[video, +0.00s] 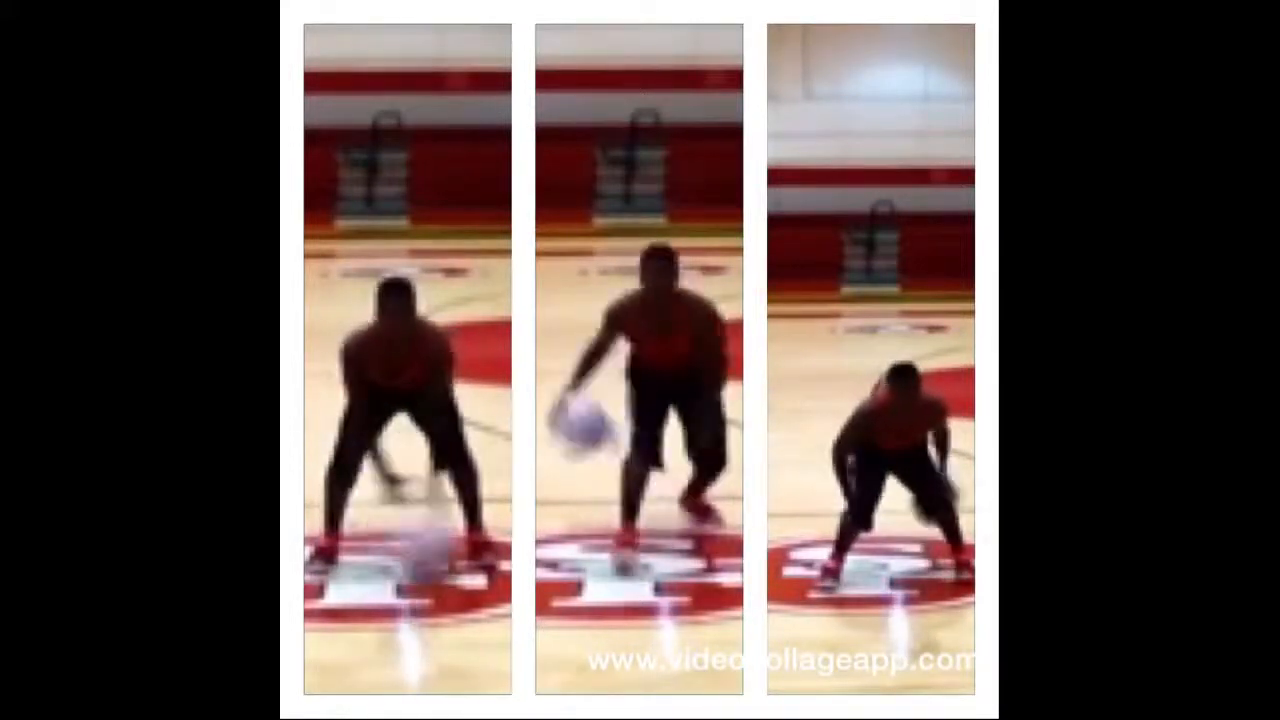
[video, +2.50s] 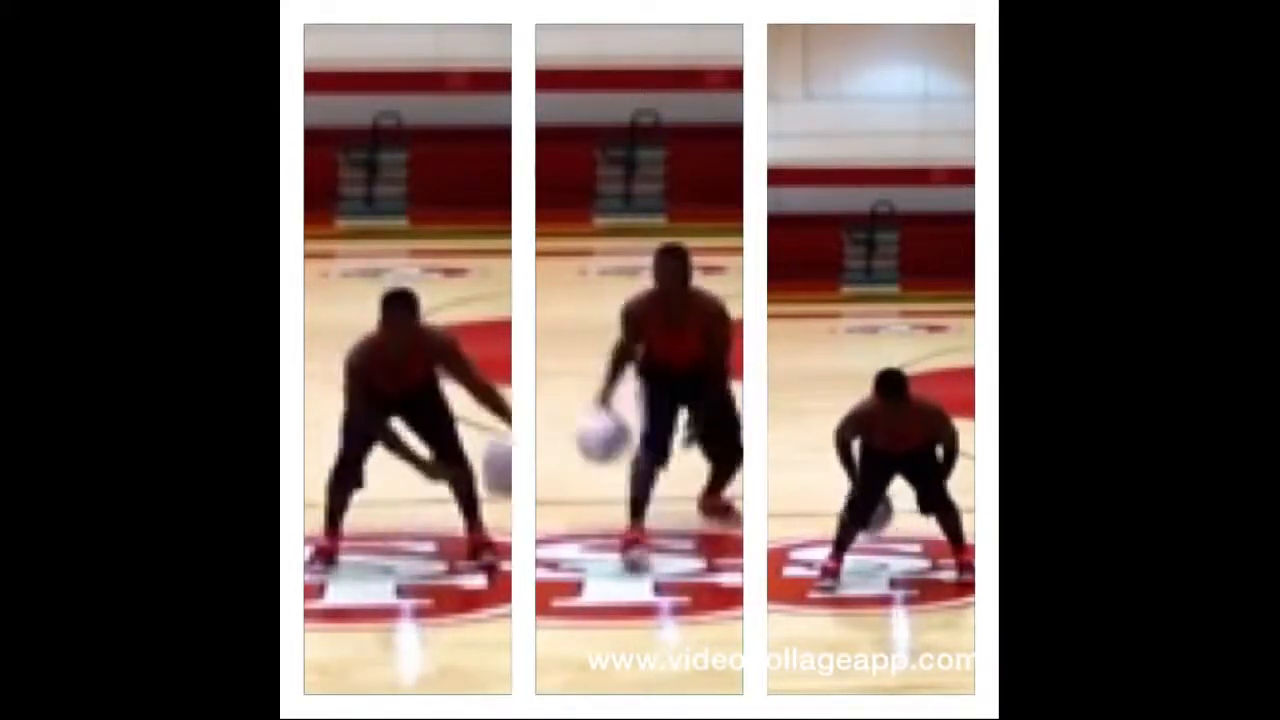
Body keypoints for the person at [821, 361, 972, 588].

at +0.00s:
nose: (905, 400)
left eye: (910, 393)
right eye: (899, 393)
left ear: (918, 389)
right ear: (889, 390)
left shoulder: (931, 409)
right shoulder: (871, 411)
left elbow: (941, 436)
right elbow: (839, 449)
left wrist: (942, 474)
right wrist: (849, 493)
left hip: (911, 454)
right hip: (871, 456)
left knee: (942, 502)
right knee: (859, 511)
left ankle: (960, 559)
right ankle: (835, 562)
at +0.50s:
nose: (904, 407)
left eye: (909, 400)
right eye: (900, 400)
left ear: (918, 396)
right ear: (889, 396)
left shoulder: (931, 413)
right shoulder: (871, 414)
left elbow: (941, 441)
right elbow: (838, 452)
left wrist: (939, 476)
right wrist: (850, 491)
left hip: (911, 455)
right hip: (872, 457)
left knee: (940, 502)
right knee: (860, 511)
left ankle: (959, 559)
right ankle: (835, 561)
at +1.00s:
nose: (901, 408)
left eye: (906, 401)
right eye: (896, 401)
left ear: (916, 396)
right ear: (887, 396)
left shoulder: (934, 416)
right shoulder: (872, 416)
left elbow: (942, 447)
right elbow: (846, 453)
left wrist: (931, 476)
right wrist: (864, 489)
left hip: (914, 458)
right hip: (876, 459)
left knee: (939, 507)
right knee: (861, 509)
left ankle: (960, 560)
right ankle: (834, 562)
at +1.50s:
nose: (891, 408)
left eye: (896, 401)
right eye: (885, 401)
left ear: (905, 395)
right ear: (876, 396)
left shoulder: (924, 412)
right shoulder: (862, 415)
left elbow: (943, 442)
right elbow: (836, 446)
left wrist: (929, 484)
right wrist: (854, 483)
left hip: (912, 453)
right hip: (872, 454)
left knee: (939, 501)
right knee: (860, 506)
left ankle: (960, 556)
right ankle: (834, 561)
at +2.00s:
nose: (881, 413)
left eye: (886, 406)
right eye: (875, 407)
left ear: (896, 399)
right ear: (867, 401)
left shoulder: (918, 414)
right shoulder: (856, 415)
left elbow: (941, 442)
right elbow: (831, 440)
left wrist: (926, 486)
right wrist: (841, 479)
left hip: (910, 453)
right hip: (868, 454)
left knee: (936, 500)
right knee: (850, 504)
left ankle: (960, 555)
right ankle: (833, 560)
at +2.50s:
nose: (890, 410)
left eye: (896, 404)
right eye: (885, 403)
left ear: (906, 397)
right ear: (877, 397)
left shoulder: (928, 413)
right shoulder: (866, 413)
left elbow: (950, 440)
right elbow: (842, 437)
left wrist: (942, 475)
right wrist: (854, 477)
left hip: (918, 455)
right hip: (877, 455)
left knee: (939, 502)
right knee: (858, 506)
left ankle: (961, 556)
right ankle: (834, 560)